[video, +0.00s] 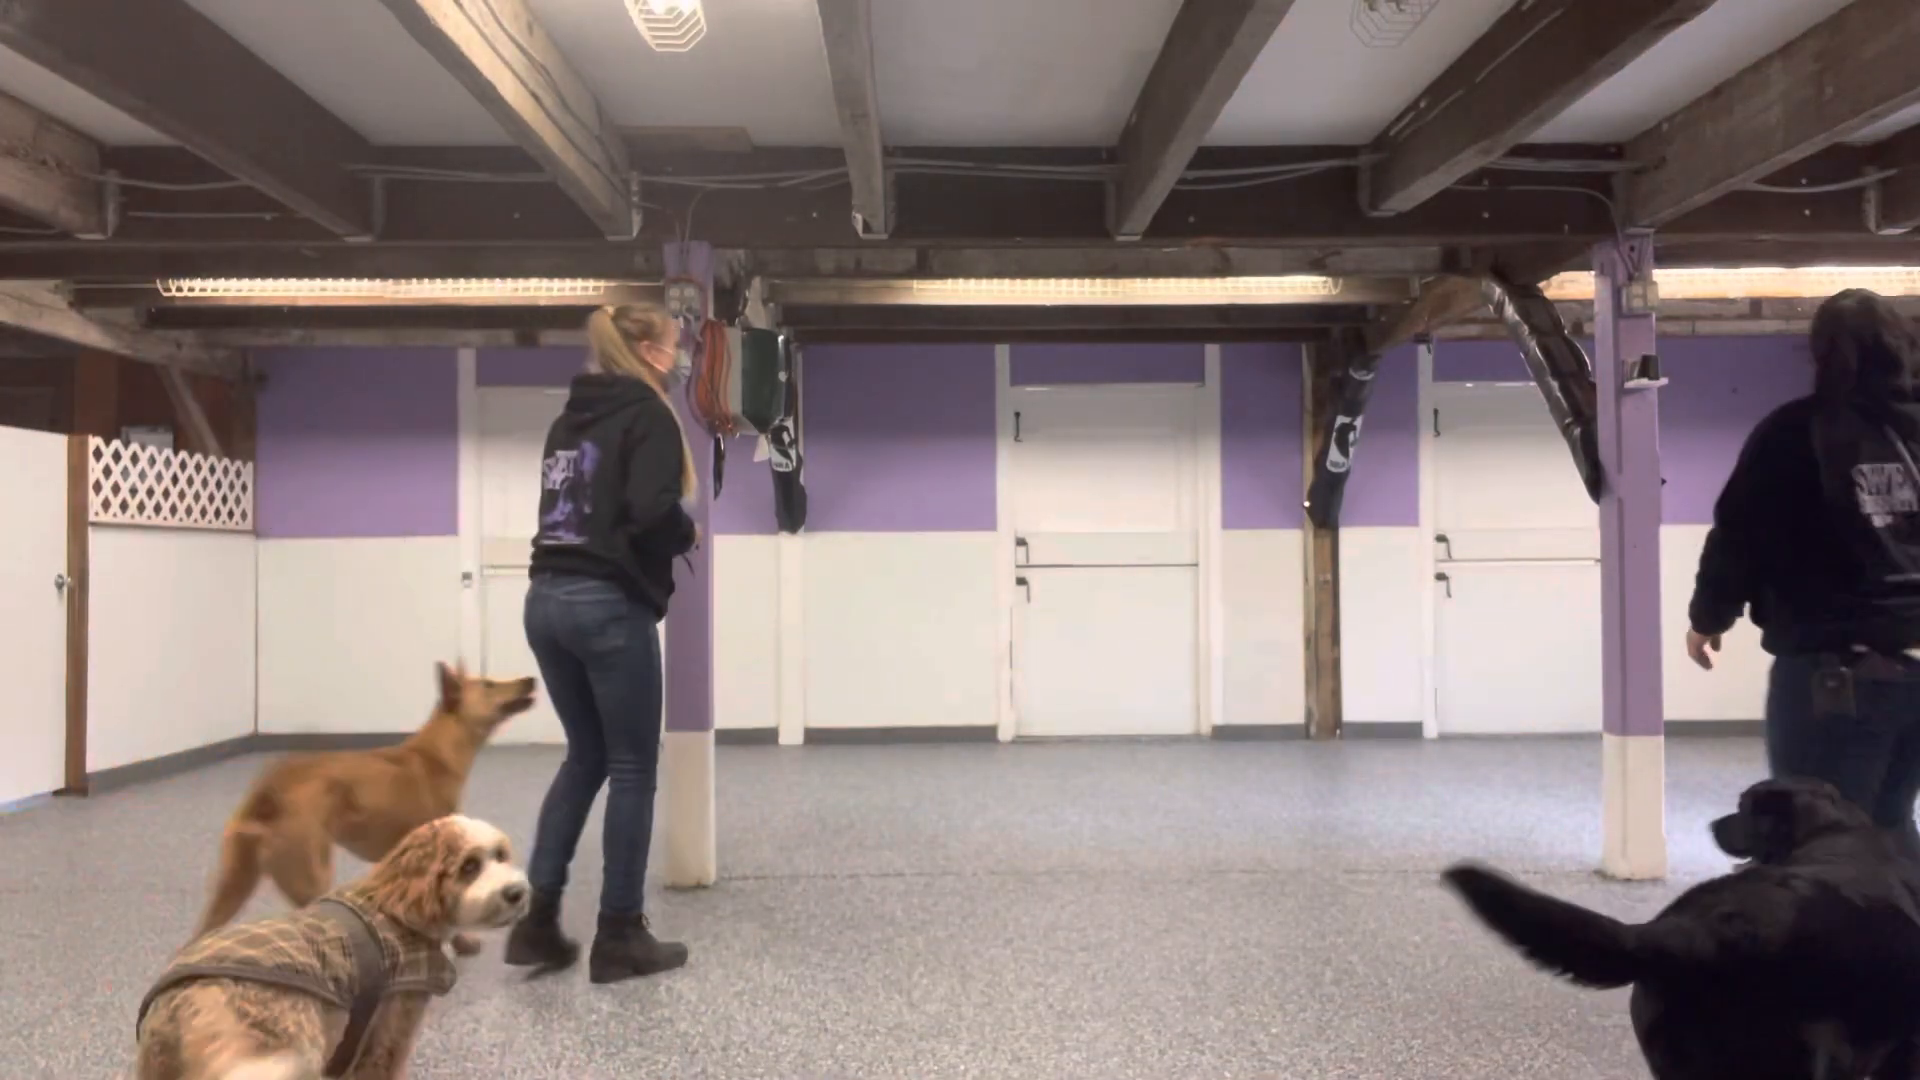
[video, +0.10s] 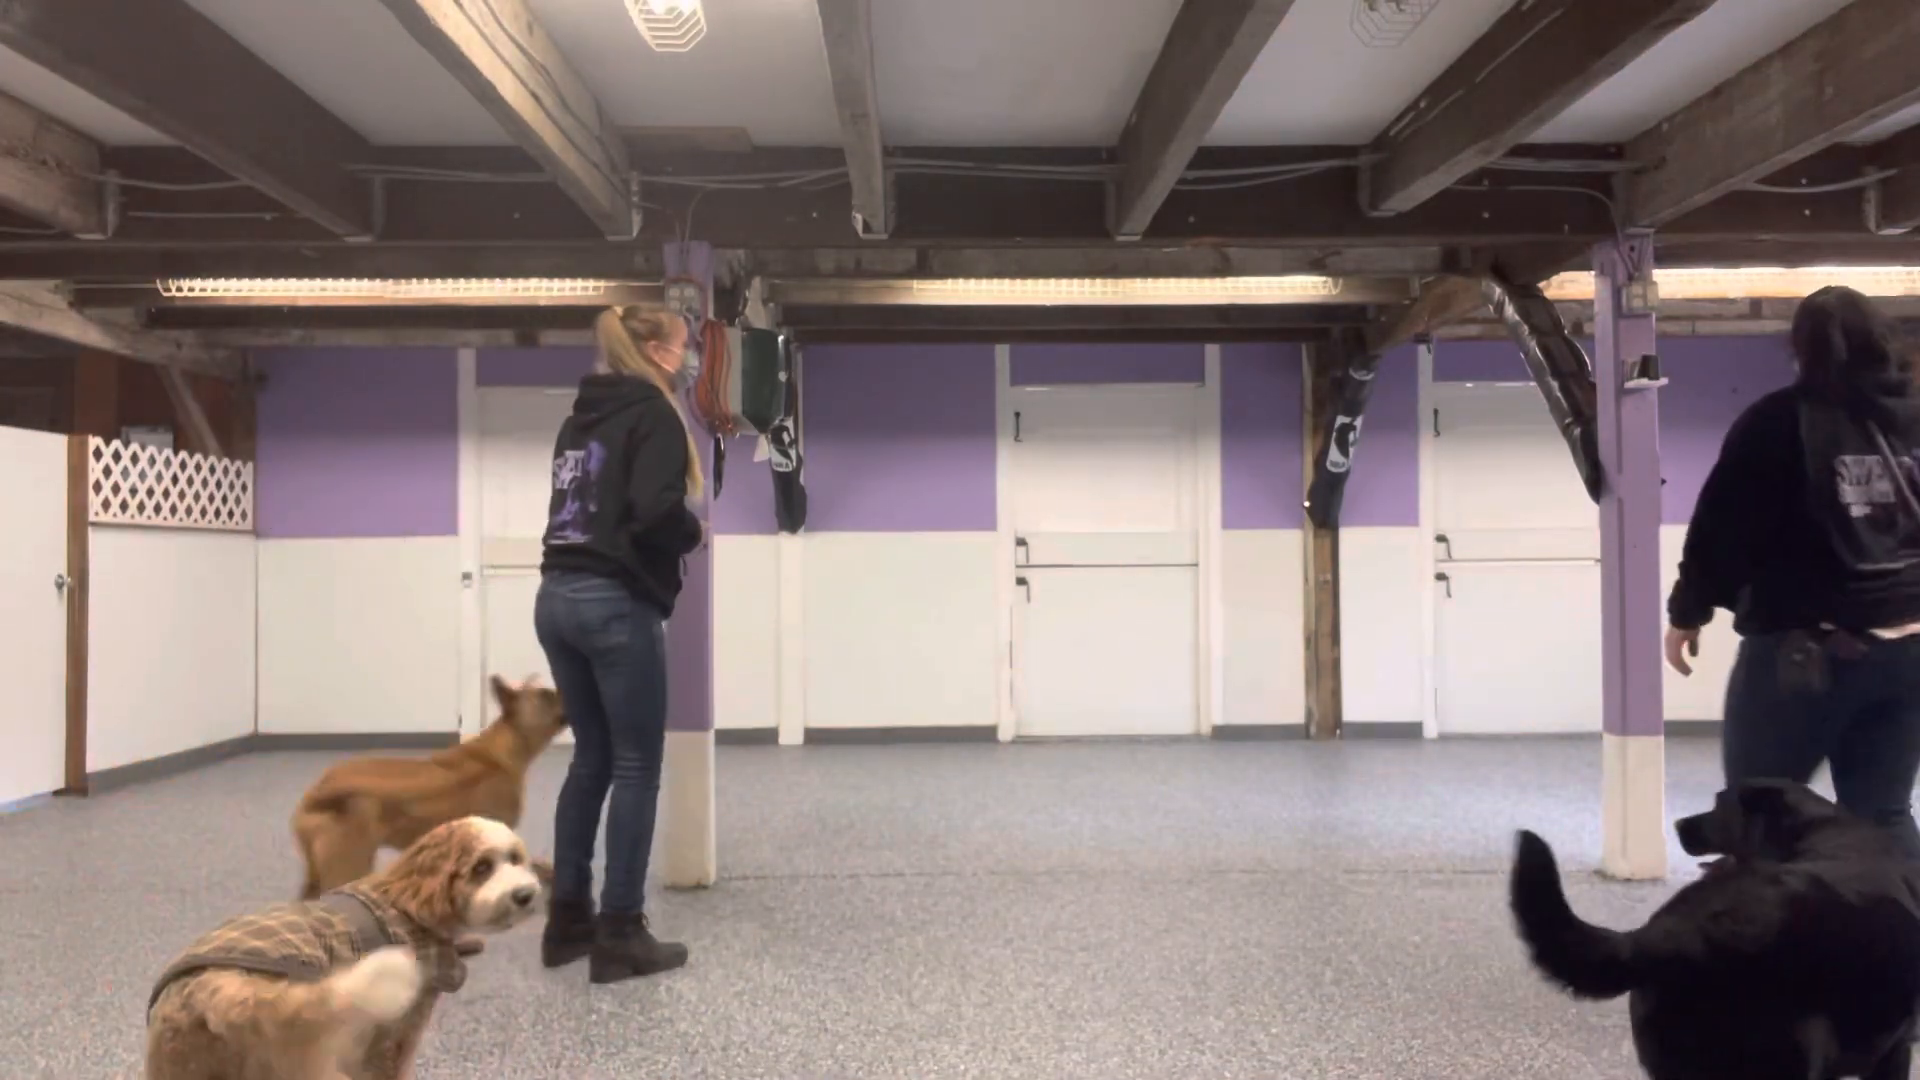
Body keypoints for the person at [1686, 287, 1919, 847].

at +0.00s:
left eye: (1820, 345)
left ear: (1824, 354)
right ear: (1902, 349)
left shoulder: (1794, 432)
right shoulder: (1913, 425)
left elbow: (1738, 535)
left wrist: (1706, 619)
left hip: (1825, 672)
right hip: (1912, 669)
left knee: (1818, 848)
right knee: (1893, 841)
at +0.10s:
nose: (1797, 352)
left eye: (1799, 343)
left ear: (1804, 348)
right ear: (1876, 342)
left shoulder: (1777, 422)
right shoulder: (1909, 417)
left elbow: (1720, 526)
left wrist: (1687, 612)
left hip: (1795, 658)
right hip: (1902, 656)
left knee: (1756, 823)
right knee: (1885, 823)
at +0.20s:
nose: (1773, 359)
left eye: (1775, 348)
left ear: (1781, 353)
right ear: (1854, 345)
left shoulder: (1756, 426)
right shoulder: (1901, 425)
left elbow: (1703, 532)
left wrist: (1659, 618)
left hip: (1768, 649)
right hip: (1887, 649)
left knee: (1718, 804)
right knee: (1880, 810)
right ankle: (1911, 953)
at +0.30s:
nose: (1751, 369)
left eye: (1753, 358)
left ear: (1762, 364)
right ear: (1833, 356)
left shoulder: (1741, 433)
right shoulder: (1884, 434)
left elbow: (1691, 533)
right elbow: (1911, 533)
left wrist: (1644, 621)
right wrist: (1889, 592)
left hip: (1751, 653)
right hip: (1870, 648)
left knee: (1704, 814)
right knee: (1877, 814)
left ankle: (1708, 990)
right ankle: (1904, 995)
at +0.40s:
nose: (1717, 384)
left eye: (1721, 374)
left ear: (1728, 378)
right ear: (1796, 371)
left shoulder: (1709, 448)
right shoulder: (1852, 449)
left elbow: (1668, 551)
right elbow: (1863, 557)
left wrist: (1622, 632)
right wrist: (1817, 613)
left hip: (1719, 659)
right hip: (1833, 655)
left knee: (1676, 812)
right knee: (1856, 810)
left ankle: (1689, 973)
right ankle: (1892, 994)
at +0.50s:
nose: (1675, 398)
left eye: (1676, 387)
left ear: (1687, 391)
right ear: (1752, 382)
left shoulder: (1668, 457)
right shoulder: (1808, 456)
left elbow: (1630, 550)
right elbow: (1823, 556)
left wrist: (1591, 637)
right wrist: (1792, 617)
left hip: (1685, 660)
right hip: (1792, 654)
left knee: (1650, 806)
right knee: (1818, 797)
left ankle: (1645, 926)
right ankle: (1880, 970)